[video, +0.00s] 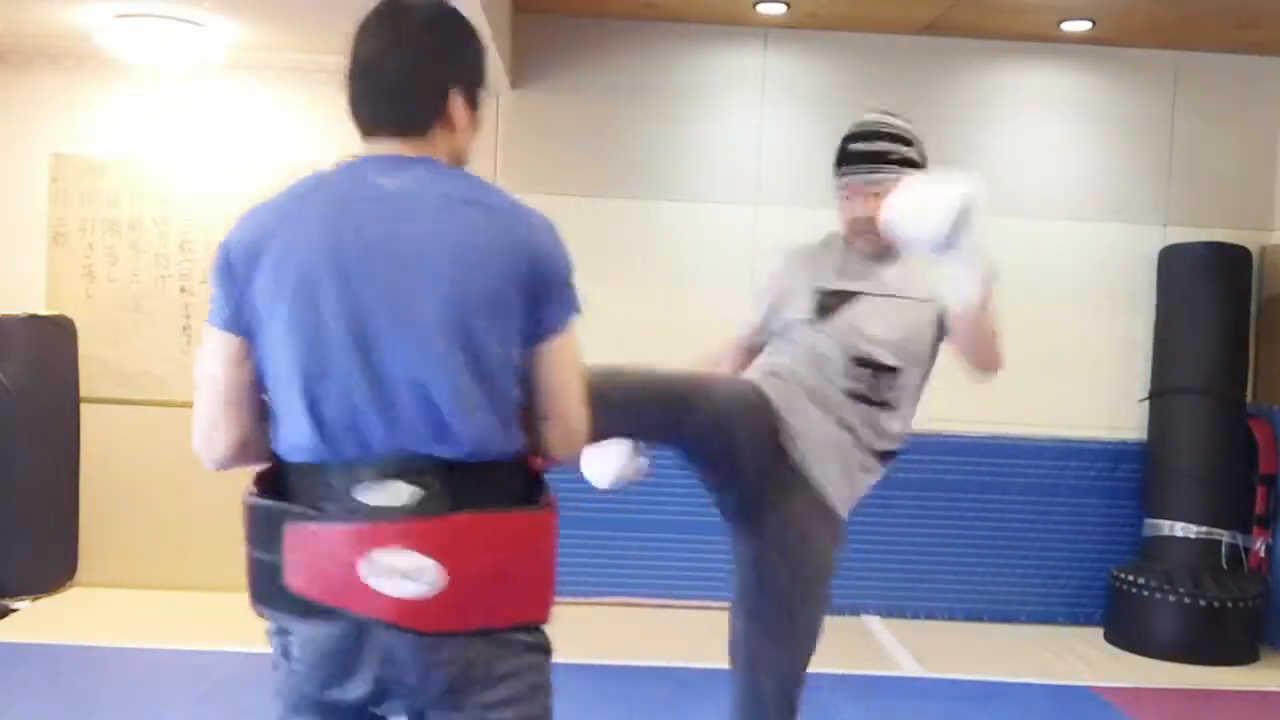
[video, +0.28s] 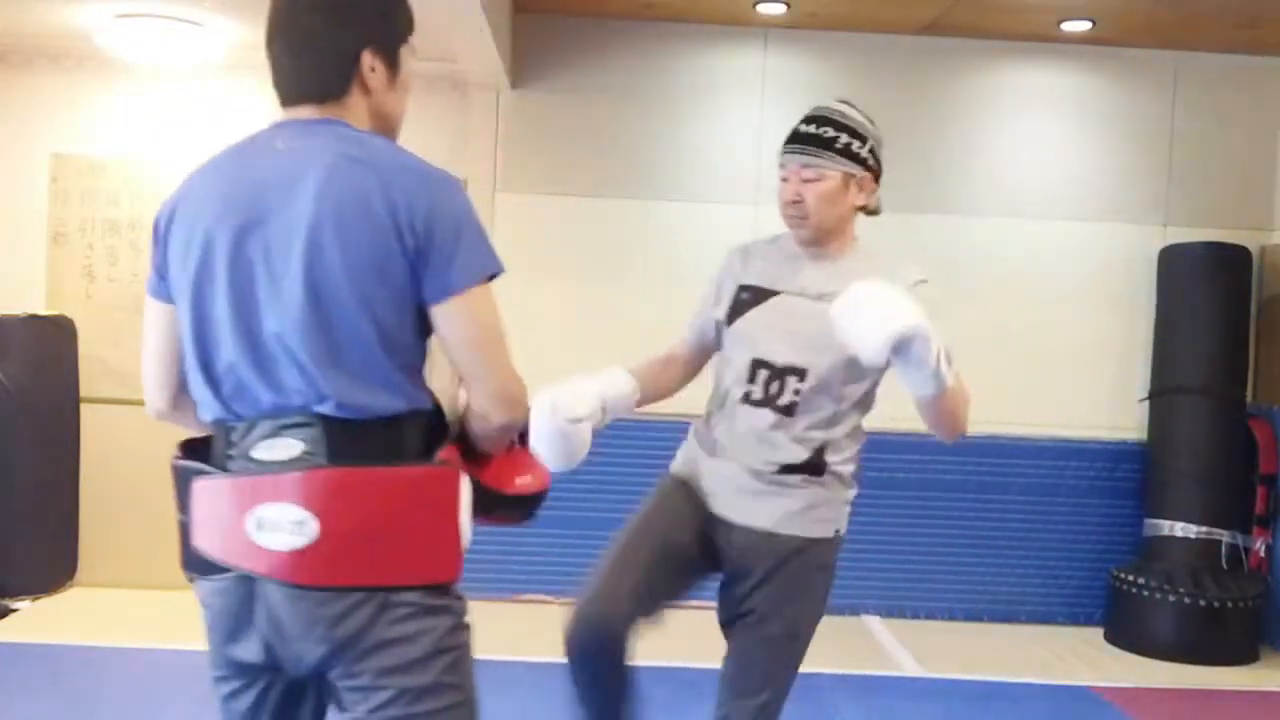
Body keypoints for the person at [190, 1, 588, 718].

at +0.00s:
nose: (480, 122)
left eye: (479, 102)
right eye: (479, 102)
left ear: (359, 99)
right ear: (456, 104)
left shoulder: (263, 233)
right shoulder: (519, 234)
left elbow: (220, 441)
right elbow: (564, 437)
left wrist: (321, 419)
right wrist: (473, 402)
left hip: (317, 608)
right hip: (477, 604)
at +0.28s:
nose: (406, 87)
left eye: (406, 68)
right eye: (403, 67)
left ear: (286, 71)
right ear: (370, 70)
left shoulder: (191, 198)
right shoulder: (416, 188)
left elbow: (167, 396)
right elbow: (500, 405)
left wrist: (268, 427)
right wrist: (470, 442)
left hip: (228, 532)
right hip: (370, 531)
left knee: (258, 709)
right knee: (408, 708)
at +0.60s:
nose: (384, 92)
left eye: (387, 72)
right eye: (383, 69)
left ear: (252, 68)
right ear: (343, 66)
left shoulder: (151, 201)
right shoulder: (370, 193)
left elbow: (89, 407)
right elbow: (478, 423)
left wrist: (96, 551)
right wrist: (529, 571)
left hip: (164, 584)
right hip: (299, 592)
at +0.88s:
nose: (371, 75)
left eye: (373, 51)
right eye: (370, 49)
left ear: (232, 39)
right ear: (331, 40)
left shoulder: (118, 182)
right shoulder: (338, 174)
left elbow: (91, 430)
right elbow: (514, 389)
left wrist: (115, 543)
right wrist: (592, 381)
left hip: (117, 565)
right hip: (264, 582)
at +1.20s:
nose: (321, 24)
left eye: (320, 4)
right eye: (316, 3)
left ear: (168, 21)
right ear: (280, 12)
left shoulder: (81, 148)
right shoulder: (286, 137)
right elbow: (546, 236)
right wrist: (499, 79)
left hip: (72, 563)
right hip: (221, 587)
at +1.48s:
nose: (287, 23)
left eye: (286, 10)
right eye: (283, 9)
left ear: (138, 23)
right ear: (250, 13)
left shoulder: (30, 142)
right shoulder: (306, 134)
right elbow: (516, 243)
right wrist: (476, 108)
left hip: (29, 534)